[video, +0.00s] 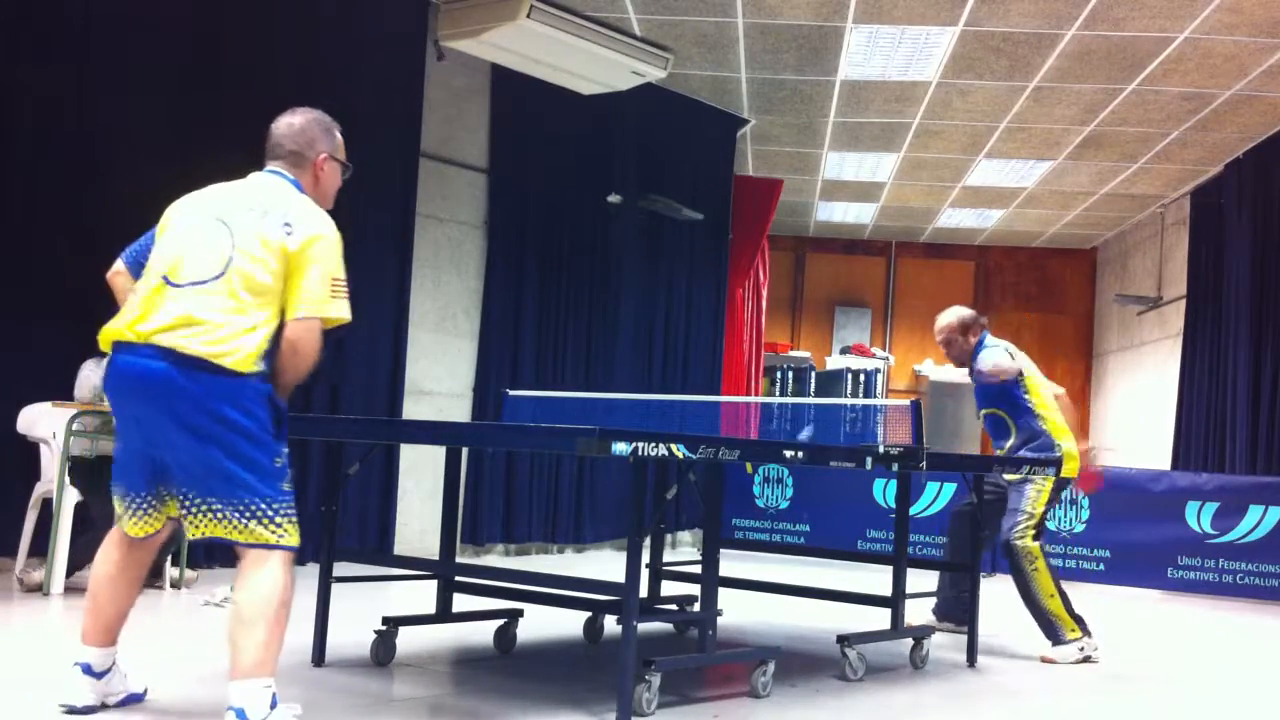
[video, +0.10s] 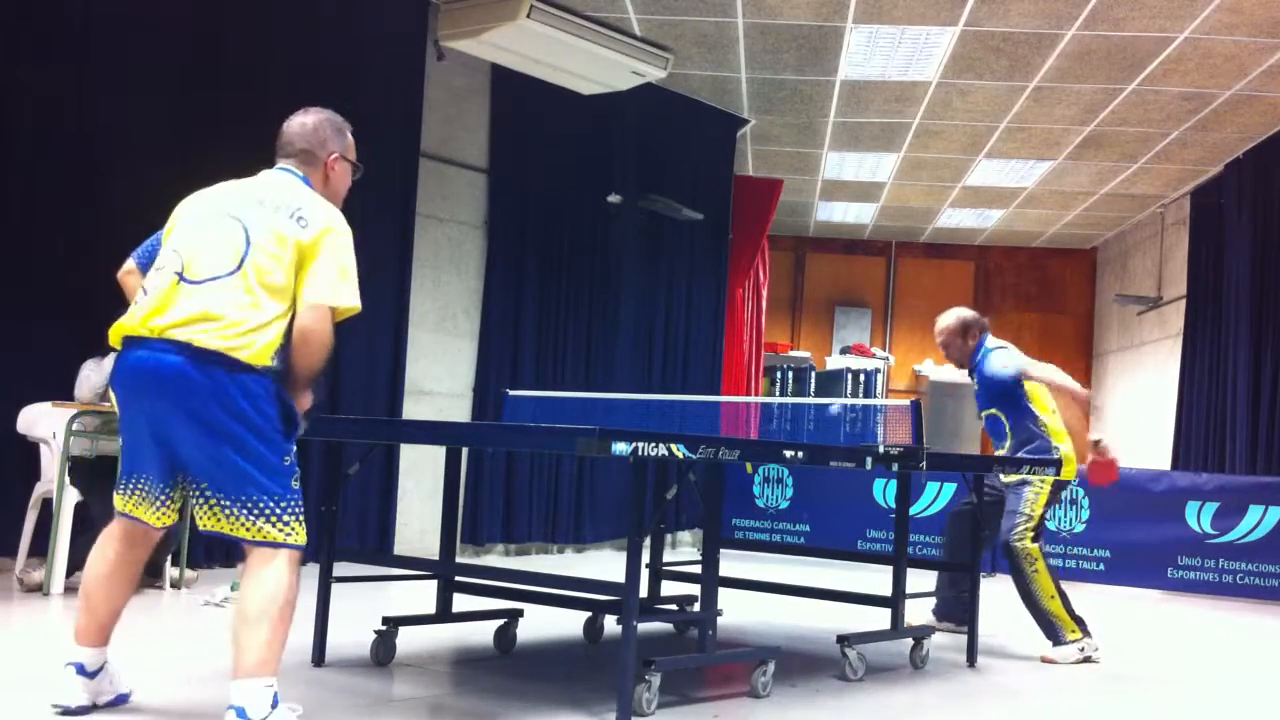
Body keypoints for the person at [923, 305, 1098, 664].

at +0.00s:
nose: (944, 352)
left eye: (947, 343)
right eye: (941, 345)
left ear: (970, 336)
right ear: (972, 337)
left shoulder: (989, 356)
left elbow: (1004, 364)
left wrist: (1010, 366)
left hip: (1044, 462)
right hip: (1014, 463)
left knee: (1018, 538)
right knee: (965, 518)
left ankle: (1074, 639)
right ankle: (954, 615)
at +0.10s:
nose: (943, 354)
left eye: (946, 345)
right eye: (941, 347)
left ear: (968, 338)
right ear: (967, 339)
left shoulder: (996, 361)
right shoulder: (984, 363)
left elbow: (1043, 372)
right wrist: (1091, 437)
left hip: (1041, 465)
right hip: (1009, 466)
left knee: (1018, 540)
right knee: (962, 519)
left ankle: (1074, 639)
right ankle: (953, 615)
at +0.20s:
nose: (954, 342)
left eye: (956, 333)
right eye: (952, 334)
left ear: (979, 327)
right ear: (974, 329)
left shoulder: (1018, 352)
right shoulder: (989, 360)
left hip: (1038, 463)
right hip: (1005, 464)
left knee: (1026, 536)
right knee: (956, 522)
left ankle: (1076, 640)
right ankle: (952, 614)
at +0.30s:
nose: (974, 326)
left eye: (979, 318)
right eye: (972, 318)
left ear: (1006, 312)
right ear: (992, 315)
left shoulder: (1045, 341)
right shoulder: (991, 347)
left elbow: (1093, 386)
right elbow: (979, 392)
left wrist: (1105, 437)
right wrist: (934, 391)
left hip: (1040, 456)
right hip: (1001, 454)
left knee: (1047, 535)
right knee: (960, 520)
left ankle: (1078, 639)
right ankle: (952, 614)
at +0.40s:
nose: (994, 305)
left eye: (1000, 298)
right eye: (993, 299)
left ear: (1027, 296)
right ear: (1003, 297)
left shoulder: (1062, 330)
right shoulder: (999, 322)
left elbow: (1097, 386)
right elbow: (962, 336)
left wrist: (1093, 432)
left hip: (1052, 450)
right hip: (1009, 446)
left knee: (1059, 531)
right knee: (981, 526)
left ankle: (1096, 635)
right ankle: (954, 609)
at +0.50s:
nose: (1018, 297)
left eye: (1025, 290)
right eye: (1016, 290)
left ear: (1054, 292)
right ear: (1019, 292)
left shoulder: (1082, 335)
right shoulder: (1013, 321)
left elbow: (1111, 395)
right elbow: (971, 347)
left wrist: (1100, 447)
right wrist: (952, 313)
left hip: (1061, 454)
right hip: (1011, 449)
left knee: (1068, 536)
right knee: (987, 525)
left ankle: (1097, 633)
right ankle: (964, 606)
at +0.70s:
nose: (1028, 309)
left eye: (1037, 302)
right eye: (1025, 302)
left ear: (1063, 304)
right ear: (1024, 303)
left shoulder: (1088, 344)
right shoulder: (1021, 341)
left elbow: (1118, 400)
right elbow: (978, 375)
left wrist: (1120, 457)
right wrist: (959, 350)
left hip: (1067, 459)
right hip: (1020, 456)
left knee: (1073, 539)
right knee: (982, 518)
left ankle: (1097, 637)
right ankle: (999, 614)